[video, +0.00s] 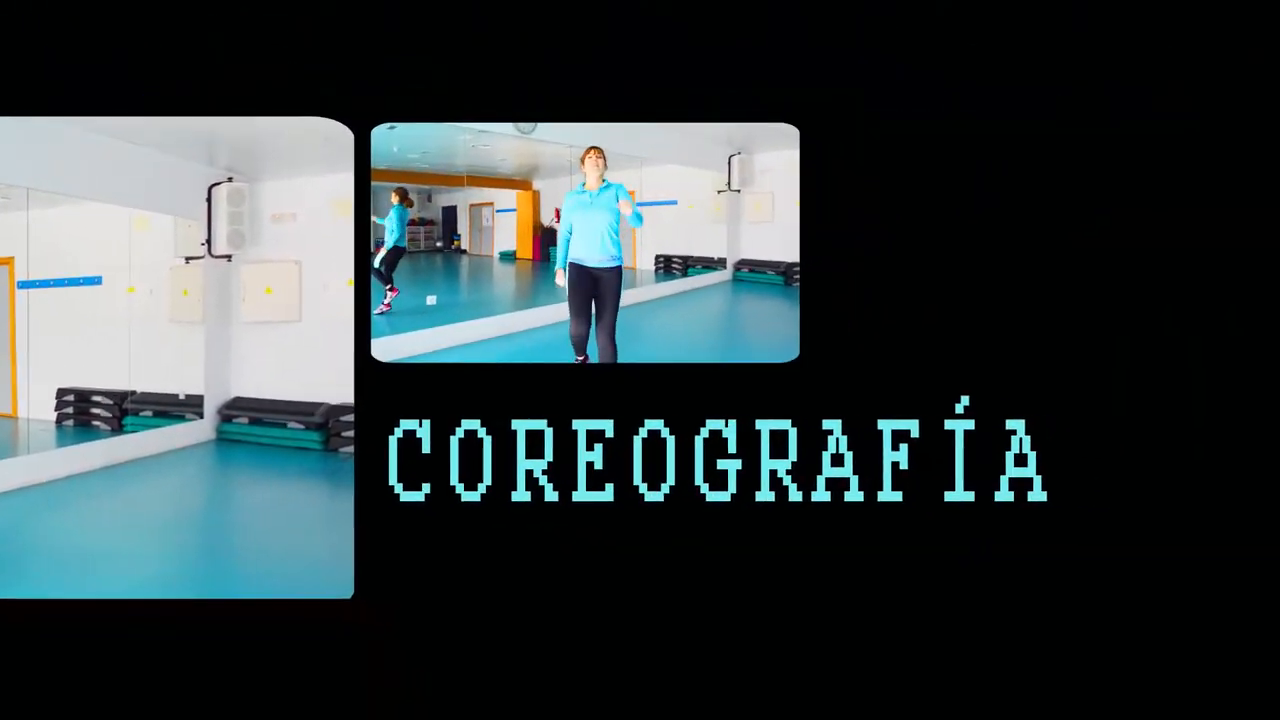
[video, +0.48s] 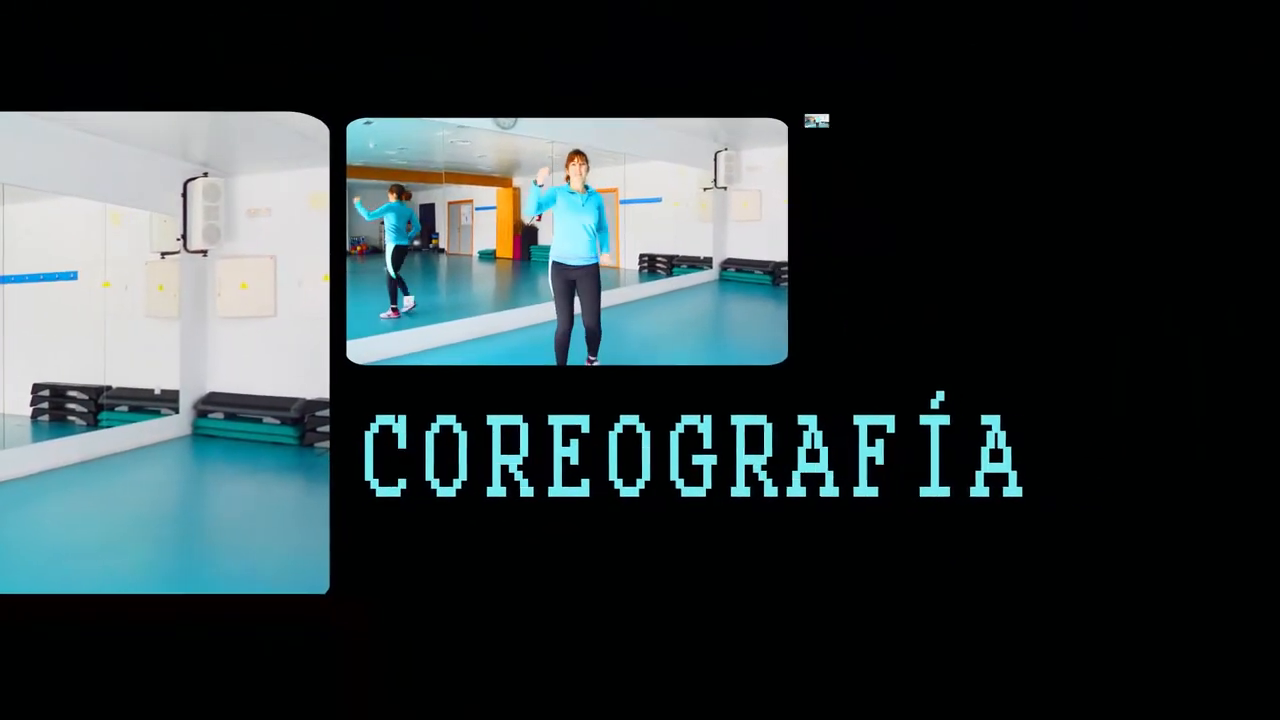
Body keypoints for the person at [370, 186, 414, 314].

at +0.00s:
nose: (391, 197)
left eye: (393, 195)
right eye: (392, 194)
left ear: (397, 197)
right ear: (402, 198)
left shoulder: (396, 211)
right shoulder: (401, 210)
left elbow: (397, 232)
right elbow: (389, 222)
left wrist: (386, 246)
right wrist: (376, 220)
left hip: (394, 245)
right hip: (399, 245)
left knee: (374, 267)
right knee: (388, 271)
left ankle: (390, 289)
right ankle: (386, 302)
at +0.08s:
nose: (380, 197)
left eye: (382, 195)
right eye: (381, 195)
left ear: (385, 197)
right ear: (392, 198)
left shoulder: (381, 213)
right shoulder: (395, 211)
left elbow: (378, 236)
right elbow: (388, 222)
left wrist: (368, 253)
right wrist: (376, 215)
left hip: (382, 247)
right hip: (390, 246)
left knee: (366, 273)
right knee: (375, 274)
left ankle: (384, 294)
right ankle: (372, 304)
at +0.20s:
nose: (376, 204)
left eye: (377, 202)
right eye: (377, 202)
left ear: (381, 203)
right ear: (389, 203)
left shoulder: (375, 219)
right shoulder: (394, 216)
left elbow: (364, 237)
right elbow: (400, 228)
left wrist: (352, 249)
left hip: (375, 253)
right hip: (386, 252)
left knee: (371, 282)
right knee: (367, 278)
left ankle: (392, 306)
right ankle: (366, 307)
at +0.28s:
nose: (379, 202)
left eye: (380, 200)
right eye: (379, 200)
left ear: (383, 200)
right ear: (392, 201)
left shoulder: (378, 215)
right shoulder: (398, 214)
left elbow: (363, 231)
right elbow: (409, 228)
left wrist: (350, 236)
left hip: (380, 251)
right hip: (392, 251)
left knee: (381, 281)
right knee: (376, 279)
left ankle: (396, 309)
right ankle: (367, 306)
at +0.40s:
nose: (385, 197)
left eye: (386, 195)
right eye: (385, 195)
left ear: (389, 195)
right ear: (398, 196)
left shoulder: (385, 208)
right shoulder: (404, 209)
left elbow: (365, 221)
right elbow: (415, 225)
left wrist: (351, 217)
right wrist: (402, 230)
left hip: (389, 245)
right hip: (400, 244)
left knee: (389, 277)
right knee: (388, 275)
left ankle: (395, 309)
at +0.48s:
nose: (389, 196)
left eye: (389, 194)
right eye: (389, 194)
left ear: (393, 194)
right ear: (401, 195)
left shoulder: (389, 207)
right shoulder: (408, 209)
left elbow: (368, 216)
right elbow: (417, 227)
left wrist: (358, 204)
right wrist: (408, 238)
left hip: (393, 244)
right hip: (404, 244)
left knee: (391, 274)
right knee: (394, 272)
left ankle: (394, 309)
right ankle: (408, 298)